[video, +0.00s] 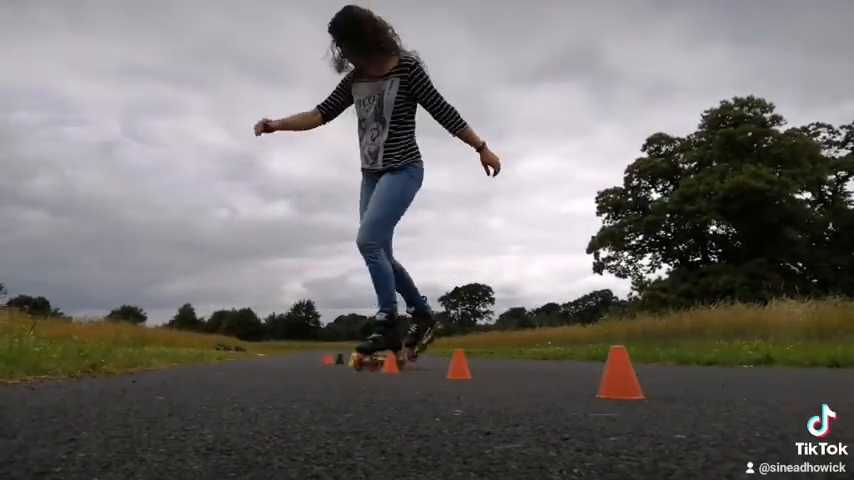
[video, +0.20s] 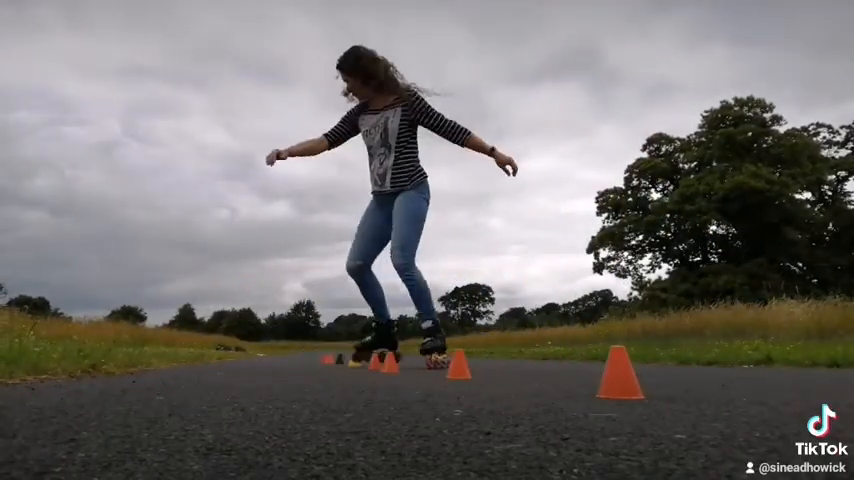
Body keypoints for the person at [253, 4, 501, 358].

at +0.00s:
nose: (358, 65)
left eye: (361, 57)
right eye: (354, 58)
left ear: (373, 45)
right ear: (350, 54)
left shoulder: (407, 68)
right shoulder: (357, 76)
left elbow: (441, 110)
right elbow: (322, 113)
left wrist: (482, 148)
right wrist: (278, 124)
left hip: (403, 170)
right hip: (371, 173)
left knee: (369, 240)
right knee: (381, 256)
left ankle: (389, 322)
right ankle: (423, 313)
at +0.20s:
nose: (347, 88)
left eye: (349, 81)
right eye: (345, 82)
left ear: (368, 78)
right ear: (365, 80)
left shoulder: (409, 102)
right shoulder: (360, 114)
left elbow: (450, 130)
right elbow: (326, 141)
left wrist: (493, 152)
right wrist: (289, 151)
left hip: (412, 191)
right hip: (382, 197)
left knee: (402, 261)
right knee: (356, 265)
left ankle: (433, 332)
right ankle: (386, 333)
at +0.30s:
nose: (347, 108)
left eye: (349, 102)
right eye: (346, 103)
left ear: (365, 97)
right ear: (357, 100)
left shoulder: (404, 120)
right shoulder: (358, 132)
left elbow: (446, 141)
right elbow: (325, 157)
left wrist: (485, 151)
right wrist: (283, 173)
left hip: (411, 206)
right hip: (380, 212)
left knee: (415, 272)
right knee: (342, 268)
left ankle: (445, 333)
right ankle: (366, 335)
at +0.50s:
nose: (328, 130)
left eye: (330, 124)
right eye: (327, 125)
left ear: (344, 122)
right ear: (339, 124)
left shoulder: (377, 142)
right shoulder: (338, 151)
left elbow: (402, 157)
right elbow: (322, 180)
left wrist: (418, 159)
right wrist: (299, 209)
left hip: (389, 223)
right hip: (355, 225)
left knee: (405, 282)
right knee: (328, 269)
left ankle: (416, 340)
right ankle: (355, 333)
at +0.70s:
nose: (312, 144)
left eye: (314, 139)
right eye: (310, 140)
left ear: (325, 134)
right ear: (315, 137)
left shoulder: (353, 152)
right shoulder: (322, 156)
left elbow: (358, 178)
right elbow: (324, 180)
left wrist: (352, 185)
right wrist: (332, 186)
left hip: (359, 225)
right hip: (330, 224)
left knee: (359, 281)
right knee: (322, 273)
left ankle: (346, 334)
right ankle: (315, 329)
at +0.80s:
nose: (302, 152)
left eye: (304, 147)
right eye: (300, 148)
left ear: (316, 143)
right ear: (309, 145)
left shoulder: (341, 162)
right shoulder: (315, 164)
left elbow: (331, 191)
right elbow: (322, 193)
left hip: (346, 231)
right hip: (319, 229)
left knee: (339, 283)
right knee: (311, 273)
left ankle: (322, 331)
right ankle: (308, 326)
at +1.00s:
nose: (280, 165)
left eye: (281, 160)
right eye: (278, 161)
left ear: (292, 158)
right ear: (295, 157)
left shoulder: (311, 176)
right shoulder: (298, 177)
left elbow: (284, 202)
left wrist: (247, 210)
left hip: (322, 237)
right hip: (298, 236)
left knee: (305, 282)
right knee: (290, 278)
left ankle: (294, 329)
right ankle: (285, 328)